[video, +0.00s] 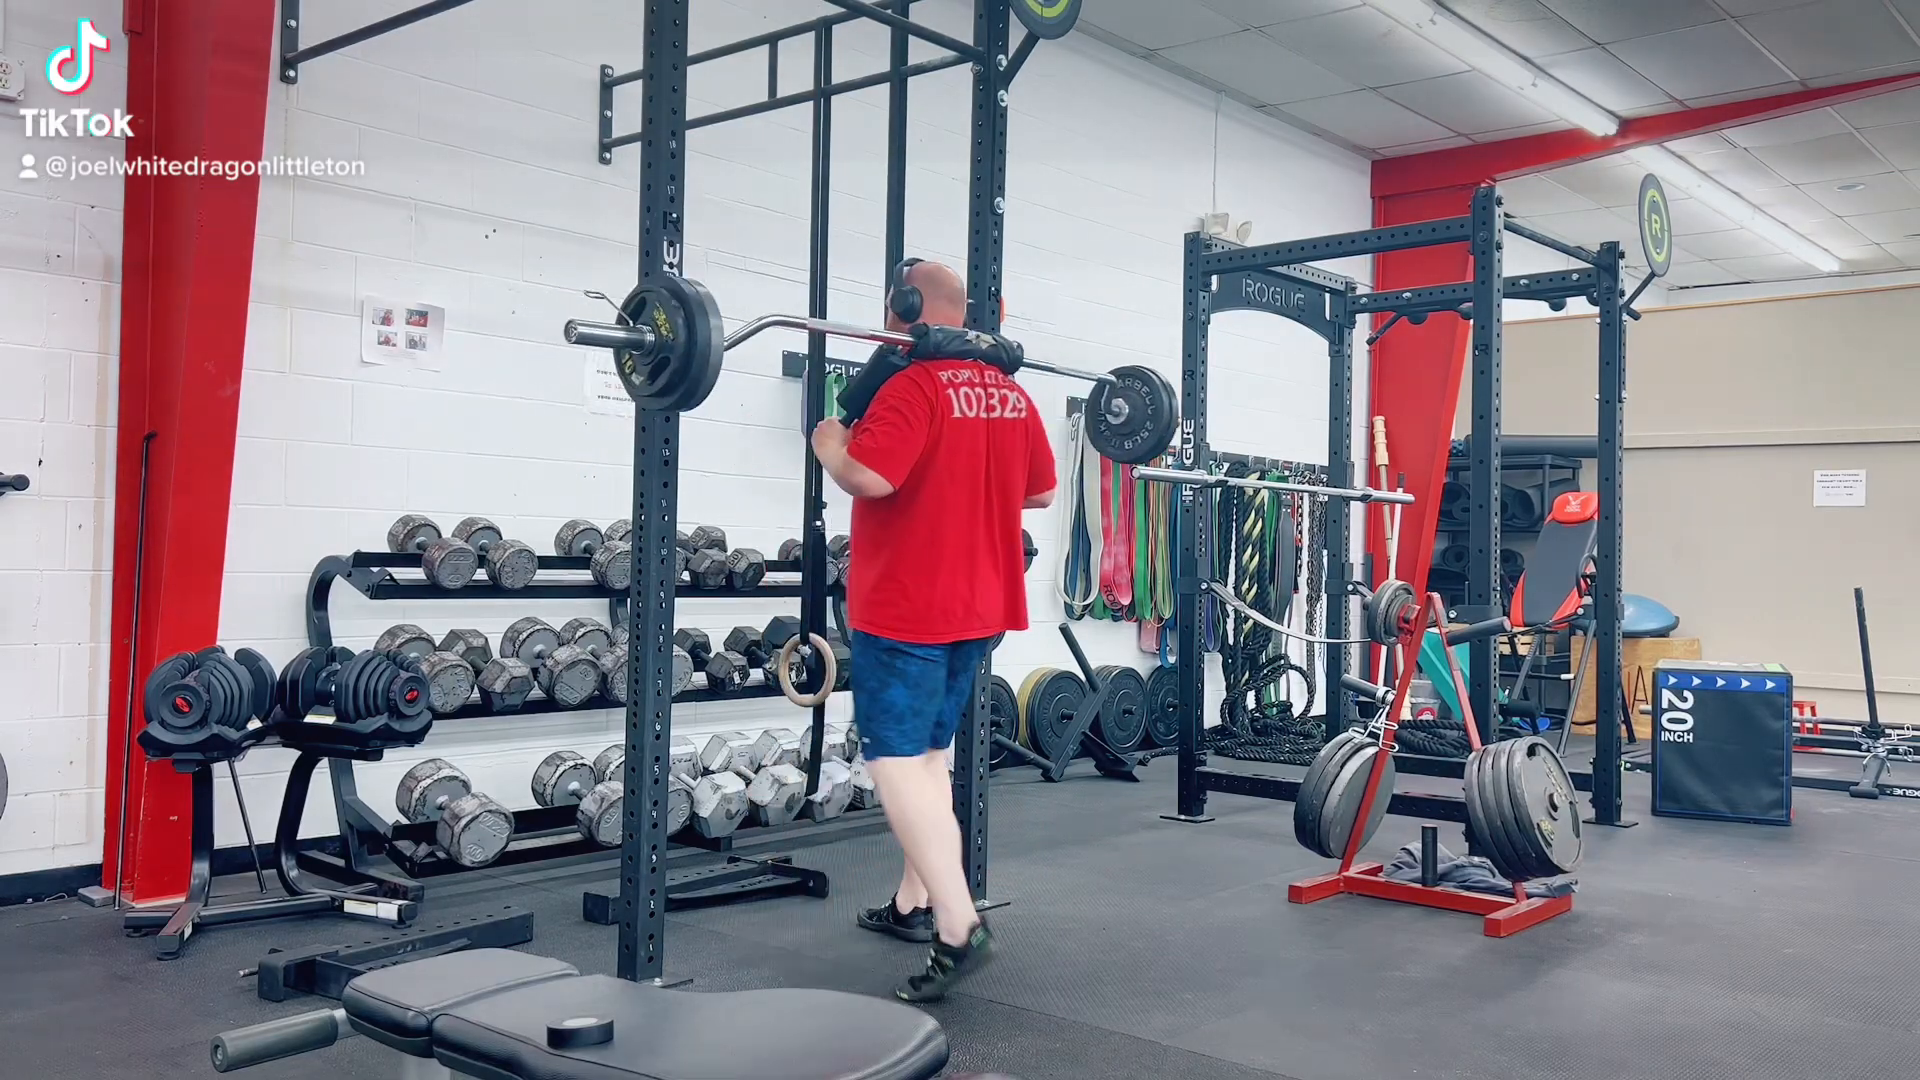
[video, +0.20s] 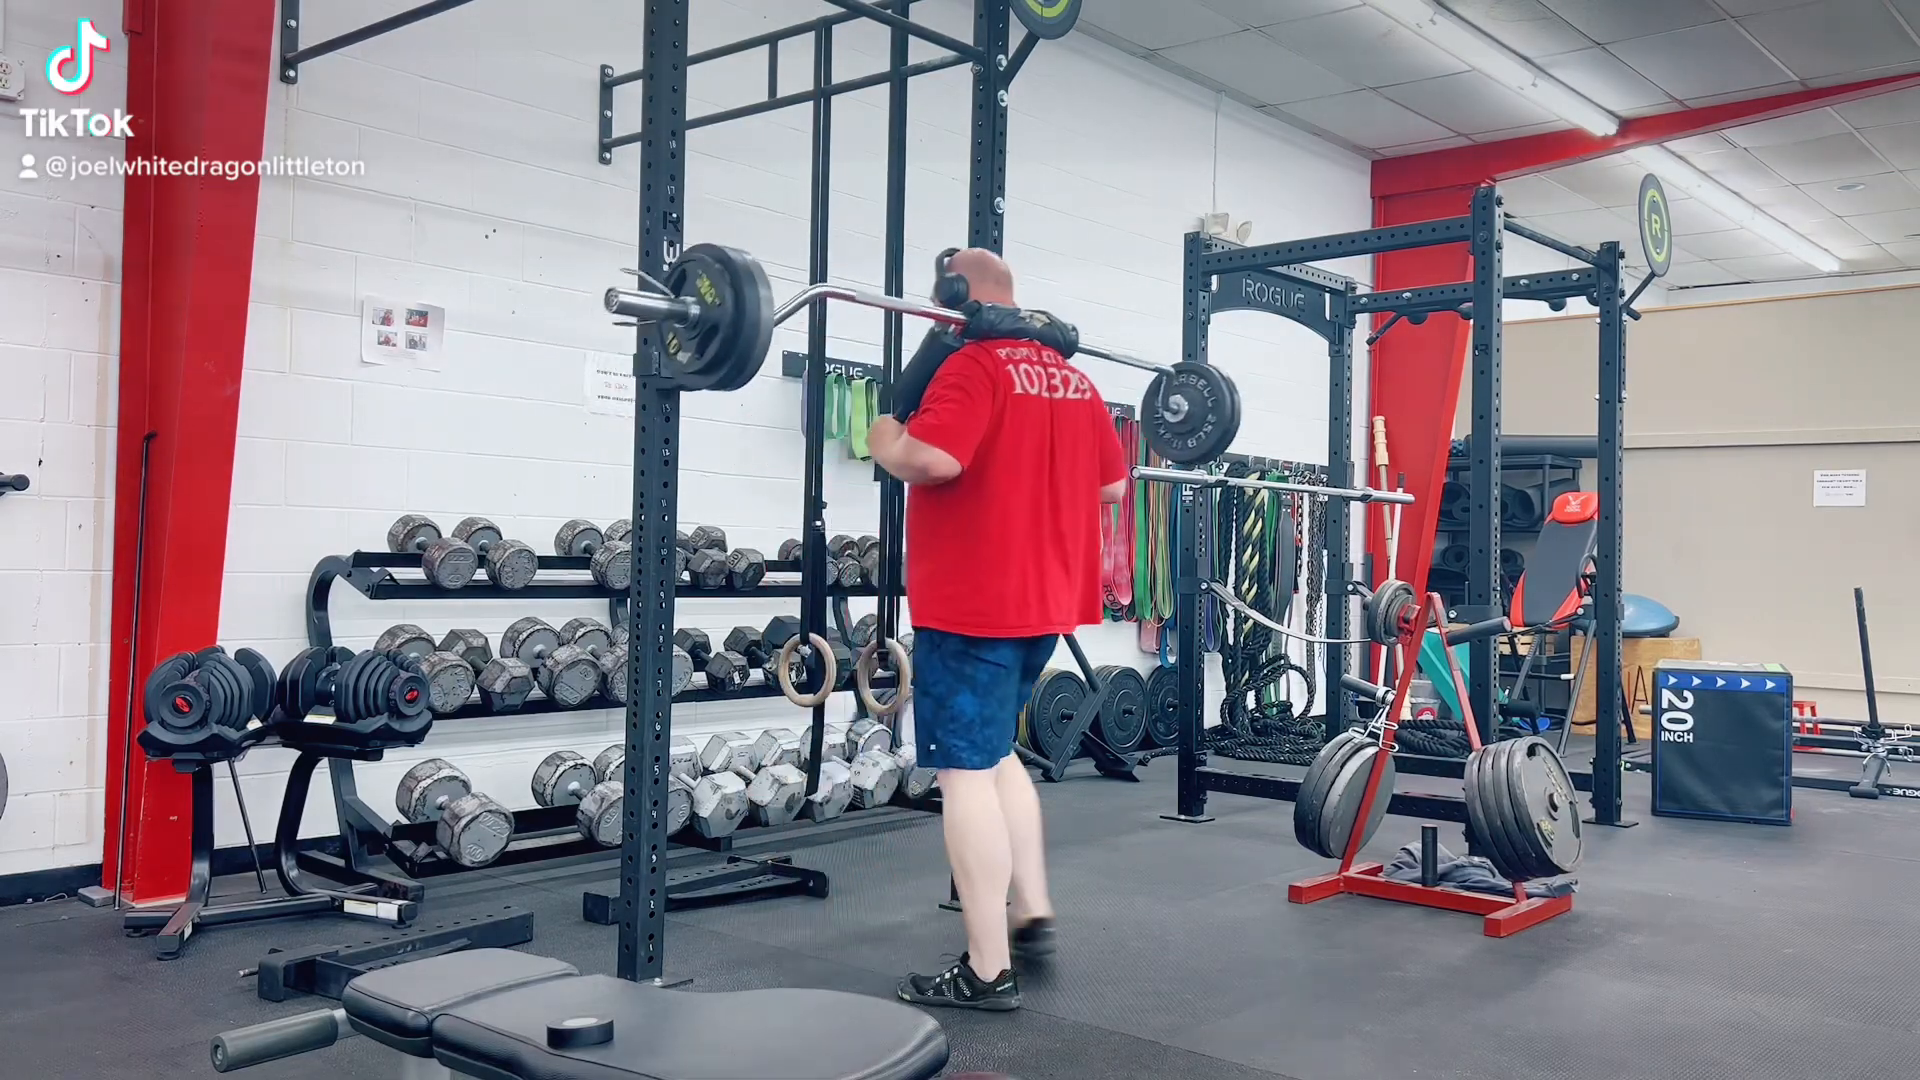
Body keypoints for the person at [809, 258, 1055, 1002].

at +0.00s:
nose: (887, 322)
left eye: (889, 312)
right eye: (891, 309)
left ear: (905, 318)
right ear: (965, 317)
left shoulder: (914, 383)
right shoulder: (1009, 390)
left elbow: (872, 477)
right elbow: (1041, 487)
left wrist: (830, 444)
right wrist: (967, 480)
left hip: (907, 605)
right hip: (977, 603)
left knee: (894, 759)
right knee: (931, 756)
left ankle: (962, 924)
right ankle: (912, 901)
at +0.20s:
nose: (934, 317)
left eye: (936, 304)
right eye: (935, 304)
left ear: (957, 301)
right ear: (1010, 296)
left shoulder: (975, 365)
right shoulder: (1073, 377)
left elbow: (939, 459)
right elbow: (1112, 482)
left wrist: (890, 445)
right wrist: (1034, 489)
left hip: (974, 602)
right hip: (1045, 602)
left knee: (964, 768)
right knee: (997, 752)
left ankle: (987, 971)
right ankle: (1030, 920)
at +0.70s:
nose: (1063, 294)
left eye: (1064, 281)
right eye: (1066, 280)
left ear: (1083, 280)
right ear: (1142, 275)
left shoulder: (1104, 347)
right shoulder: (1208, 357)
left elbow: (1066, 452)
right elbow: (1239, 471)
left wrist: (1006, 427)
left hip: (1112, 606)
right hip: (1189, 601)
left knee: (1108, 793)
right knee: (1157, 782)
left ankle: (1108, 1010)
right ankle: (1166, 965)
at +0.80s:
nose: (1051, 296)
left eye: (1053, 283)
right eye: (1051, 284)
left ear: (1075, 277)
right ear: (1133, 270)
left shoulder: (1097, 341)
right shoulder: (1207, 353)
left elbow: (1064, 444)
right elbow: (1242, 467)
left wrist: (1001, 428)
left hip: (1115, 604)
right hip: (1200, 600)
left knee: (1113, 797)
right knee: (1174, 778)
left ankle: (1109, 1013)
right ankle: (1186, 960)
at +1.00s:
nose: (1068, 291)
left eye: (1070, 278)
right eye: (1069, 277)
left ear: (1088, 278)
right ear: (1153, 271)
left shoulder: (1114, 341)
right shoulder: (1220, 353)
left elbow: (1083, 441)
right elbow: (1263, 466)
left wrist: (1021, 429)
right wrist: (1183, 493)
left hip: (1120, 604)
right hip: (1207, 603)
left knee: (1116, 795)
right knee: (1194, 781)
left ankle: (1109, 1008)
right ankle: (1216, 974)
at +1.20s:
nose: (1089, 294)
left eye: (1090, 282)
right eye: (1092, 281)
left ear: (1106, 281)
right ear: (1176, 277)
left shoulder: (1128, 342)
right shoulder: (1234, 356)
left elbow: (1106, 445)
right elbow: (1277, 469)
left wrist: (1043, 437)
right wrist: (1194, 482)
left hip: (1134, 606)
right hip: (1221, 603)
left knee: (1113, 792)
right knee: (1197, 778)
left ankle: (1095, 1007)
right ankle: (1216, 974)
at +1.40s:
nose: (1083, 286)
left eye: (1085, 275)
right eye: (1085, 274)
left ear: (1102, 276)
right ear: (1171, 274)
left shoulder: (1119, 343)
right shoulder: (1227, 358)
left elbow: (1088, 444)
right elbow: (1267, 471)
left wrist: (1027, 429)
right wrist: (1183, 487)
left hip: (1117, 608)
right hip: (1206, 607)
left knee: (1108, 795)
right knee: (1195, 779)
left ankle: (1095, 1008)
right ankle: (1216, 974)